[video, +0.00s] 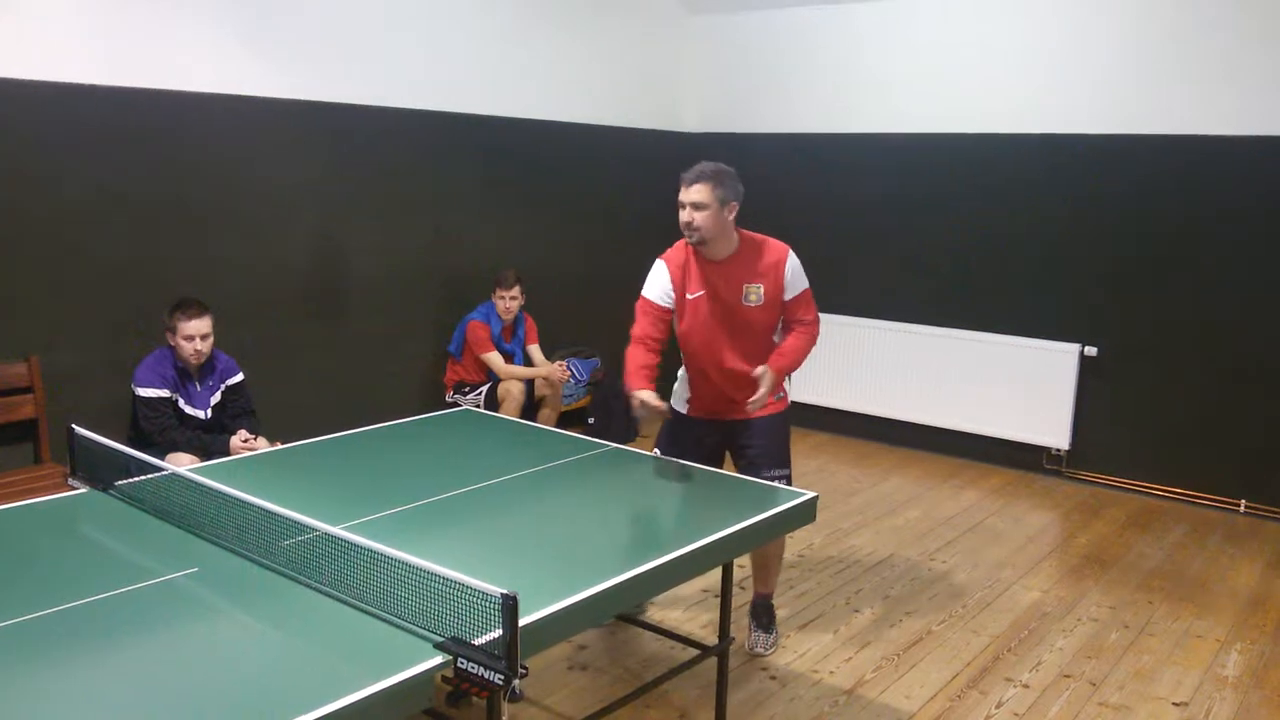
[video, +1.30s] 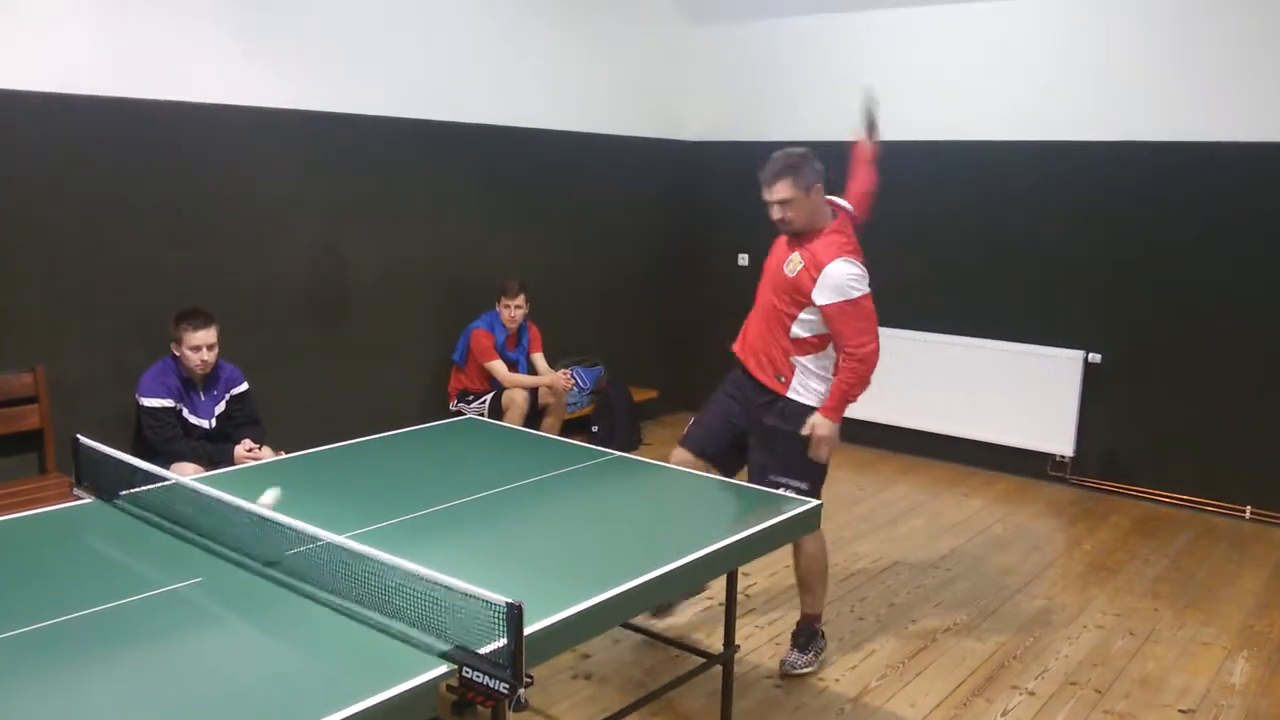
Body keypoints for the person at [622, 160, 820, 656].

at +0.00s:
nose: (686, 217)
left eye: (698, 207)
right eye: (682, 207)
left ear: (731, 211)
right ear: (679, 209)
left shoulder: (777, 261)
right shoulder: (671, 266)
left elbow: (805, 324)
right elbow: (645, 337)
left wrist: (776, 368)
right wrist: (640, 385)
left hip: (760, 409)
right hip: (693, 405)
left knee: (769, 507)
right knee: (659, 495)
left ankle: (762, 607)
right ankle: (633, 587)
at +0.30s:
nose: (647, 215)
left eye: (658, 206)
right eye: (645, 206)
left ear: (693, 209)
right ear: (645, 209)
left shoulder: (744, 265)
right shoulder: (645, 271)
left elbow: (766, 347)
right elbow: (648, 341)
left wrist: (705, 390)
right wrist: (657, 387)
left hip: (747, 421)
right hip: (681, 418)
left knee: (753, 514)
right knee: (648, 504)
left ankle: (768, 606)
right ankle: (660, 599)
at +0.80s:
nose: (657, 256)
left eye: (660, 246)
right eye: (651, 247)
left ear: (687, 226)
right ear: (652, 237)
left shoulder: (761, 264)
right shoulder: (654, 280)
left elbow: (804, 330)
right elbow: (662, 351)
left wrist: (783, 399)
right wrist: (689, 404)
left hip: (771, 415)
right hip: (706, 415)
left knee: (793, 519)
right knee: (668, 503)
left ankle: (801, 632)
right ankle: (662, 598)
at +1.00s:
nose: (713, 244)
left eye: (719, 235)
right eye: (706, 236)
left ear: (747, 214)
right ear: (701, 226)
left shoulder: (801, 258)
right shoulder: (698, 245)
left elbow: (852, 320)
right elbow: (659, 286)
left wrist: (841, 397)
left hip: (786, 413)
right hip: (723, 406)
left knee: (800, 522)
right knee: (689, 504)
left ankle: (812, 629)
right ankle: (664, 597)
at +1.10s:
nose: (747, 221)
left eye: (754, 211)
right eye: (742, 213)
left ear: (784, 197)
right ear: (737, 205)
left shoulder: (825, 259)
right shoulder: (735, 222)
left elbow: (876, 328)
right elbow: (702, 191)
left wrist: (852, 399)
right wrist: (674, 172)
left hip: (788, 411)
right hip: (729, 393)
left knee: (798, 523)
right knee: (687, 499)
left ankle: (809, 631)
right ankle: (660, 594)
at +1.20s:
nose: (763, 220)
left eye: (771, 209)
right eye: (759, 210)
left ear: (805, 198)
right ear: (770, 198)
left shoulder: (831, 267)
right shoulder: (797, 210)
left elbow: (870, 345)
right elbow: (799, 163)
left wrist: (844, 412)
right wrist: (783, 120)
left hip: (793, 408)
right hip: (739, 382)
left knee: (797, 523)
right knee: (685, 483)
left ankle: (808, 632)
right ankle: (657, 586)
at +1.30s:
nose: (776, 216)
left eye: (784, 205)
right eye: (771, 207)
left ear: (818, 194)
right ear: (784, 199)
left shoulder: (837, 266)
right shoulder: (825, 217)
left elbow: (861, 349)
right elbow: (860, 192)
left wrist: (830, 412)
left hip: (794, 407)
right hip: (746, 381)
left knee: (801, 521)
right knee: (685, 464)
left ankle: (809, 628)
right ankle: (674, 577)